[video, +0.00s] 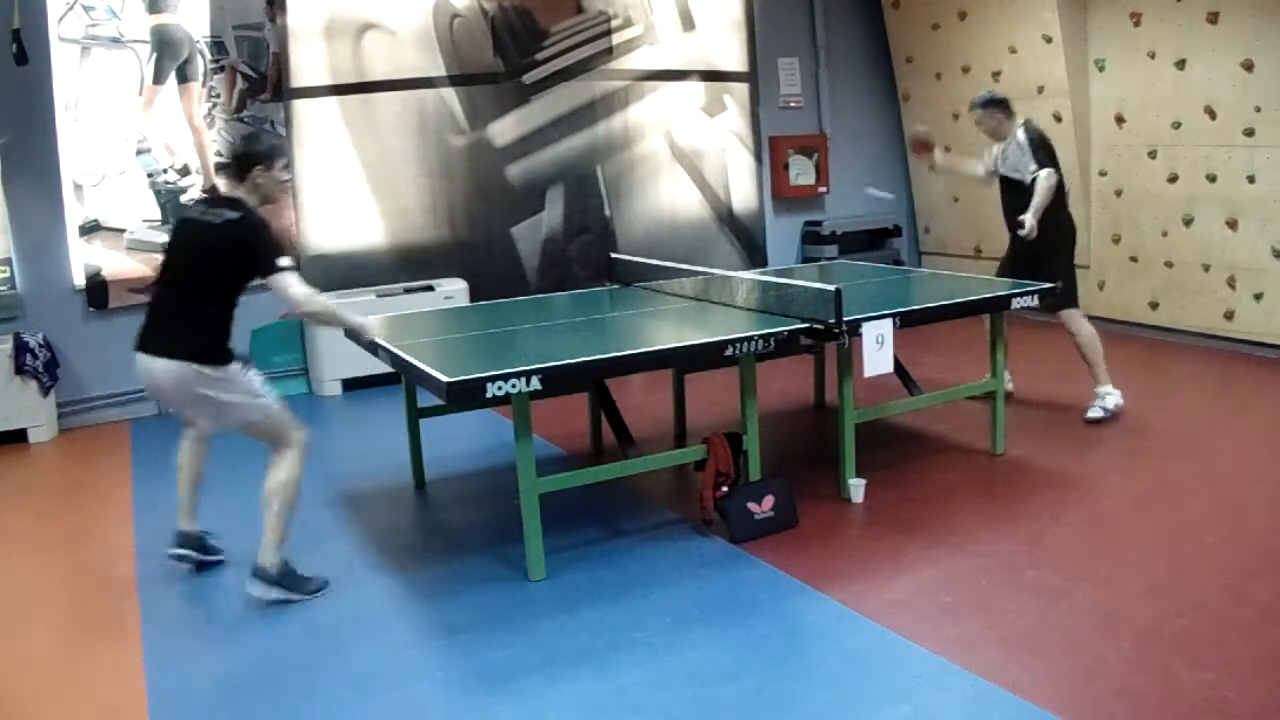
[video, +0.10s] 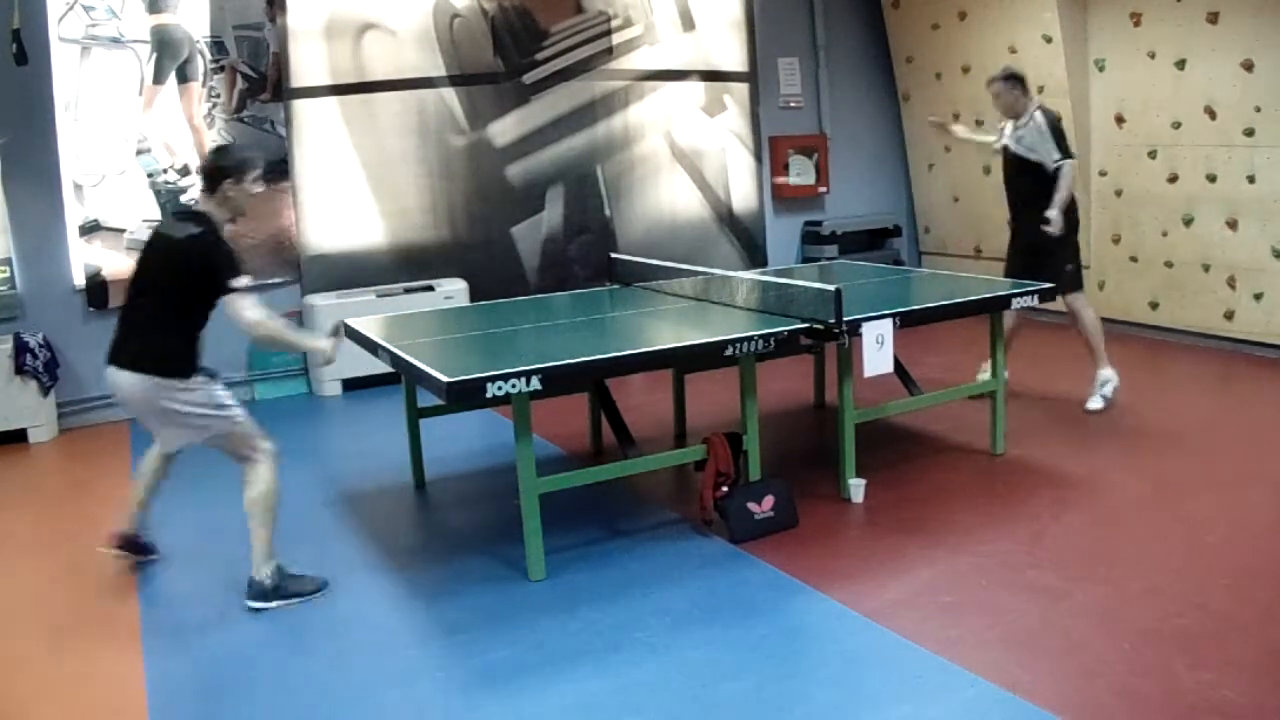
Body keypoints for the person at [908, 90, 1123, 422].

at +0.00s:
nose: (981, 130)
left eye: (983, 123)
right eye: (978, 124)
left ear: (1000, 117)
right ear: (995, 119)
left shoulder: (1028, 138)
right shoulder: (1003, 147)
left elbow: (1048, 175)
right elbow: (983, 172)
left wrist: (1033, 213)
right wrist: (939, 158)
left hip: (1051, 237)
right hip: (1023, 237)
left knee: (1068, 314)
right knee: (992, 303)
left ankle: (1107, 391)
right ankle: (999, 375)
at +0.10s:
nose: (998, 105)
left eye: (1000, 98)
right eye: (995, 100)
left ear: (1018, 92)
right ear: (1004, 97)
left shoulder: (1042, 121)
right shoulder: (1014, 124)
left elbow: (1067, 167)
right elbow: (997, 141)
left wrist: (1056, 208)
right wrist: (960, 132)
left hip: (1054, 224)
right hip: (1024, 225)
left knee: (1074, 300)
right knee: (1012, 302)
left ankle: (1105, 372)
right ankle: (996, 366)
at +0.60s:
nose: (1030, 104)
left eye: (1036, 98)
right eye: (1027, 98)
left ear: (1055, 99)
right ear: (1026, 100)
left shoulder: (1074, 134)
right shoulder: (1027, 132)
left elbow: (1093, 183)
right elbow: (1009, 169)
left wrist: (1086, 229)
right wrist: (969, 179)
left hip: (1067, 234)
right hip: (1032, 232)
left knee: (1081, 310)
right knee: (1020, 302)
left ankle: (1104, 373)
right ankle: (1024, 363)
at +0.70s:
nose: (1025, 104)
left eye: (1032, 97)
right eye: (1022, 98)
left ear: (1051, 98)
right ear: (1020, 100)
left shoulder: (1071, 134)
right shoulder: (1020, 135)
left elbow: (1090, 181)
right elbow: (1004, 175)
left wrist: (1085, 222)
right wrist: (971, 191)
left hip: (1067, 232)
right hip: (1030, 232)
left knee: (1079, 304)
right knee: (1021, 301)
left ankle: (1107, 370)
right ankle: (1024, 363)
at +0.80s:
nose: (1024, 103)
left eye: (1031, 97)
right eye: (1021, 98)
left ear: (1049, 97)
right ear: (1020, 100)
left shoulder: (1072, 132)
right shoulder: (1020, 135)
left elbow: (1094, 177)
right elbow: (1005, 177)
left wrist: (1087, 218)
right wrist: (976, 198)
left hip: (1069, 233)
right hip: (1031, 233)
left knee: (1084, 306)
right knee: (1022, 302)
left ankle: (1106, 379)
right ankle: (1025, 362)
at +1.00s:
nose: (1027, 105)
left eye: (1034, 98)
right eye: (1024, 99)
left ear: (1053, 99)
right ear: (1023, 101)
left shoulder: (1078, 134)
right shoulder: (1025, 139)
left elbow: (1104, 177)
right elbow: (1017, 183)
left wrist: (1093, 218)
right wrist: (990, 207)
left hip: (1076, 238)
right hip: (1037, 237)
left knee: (1088, 312)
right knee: (1018, 305)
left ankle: (1106, 386)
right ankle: (1023, 359)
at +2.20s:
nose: (1056, 115)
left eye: (1063, 110)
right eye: (1053, 108)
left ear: (1081, 110)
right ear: (1051, 106)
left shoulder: (1098, 145)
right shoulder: (1040, 133)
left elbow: (1117, 192)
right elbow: (1010, 162)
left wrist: (1107, 234)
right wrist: (979, 175)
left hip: (1079, 242)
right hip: (1036, 239)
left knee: (1094, 313)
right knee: (1017, 304)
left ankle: (1107, 379)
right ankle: (1007, 363)